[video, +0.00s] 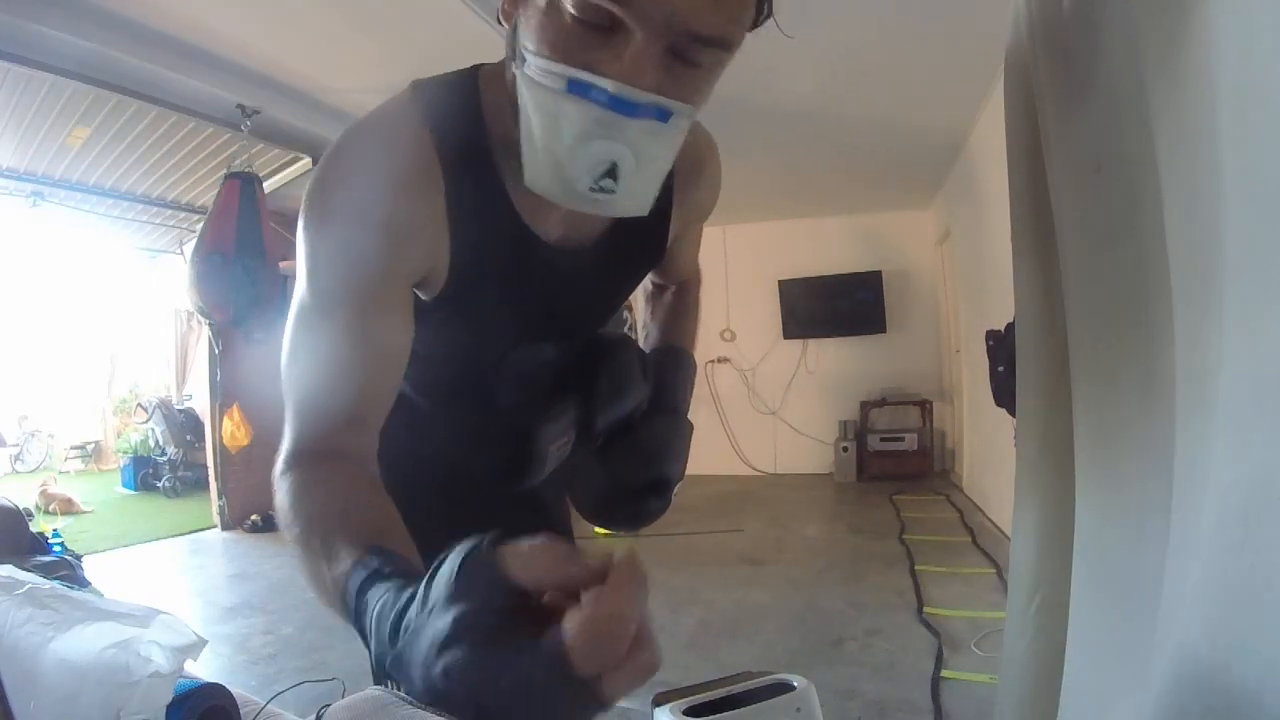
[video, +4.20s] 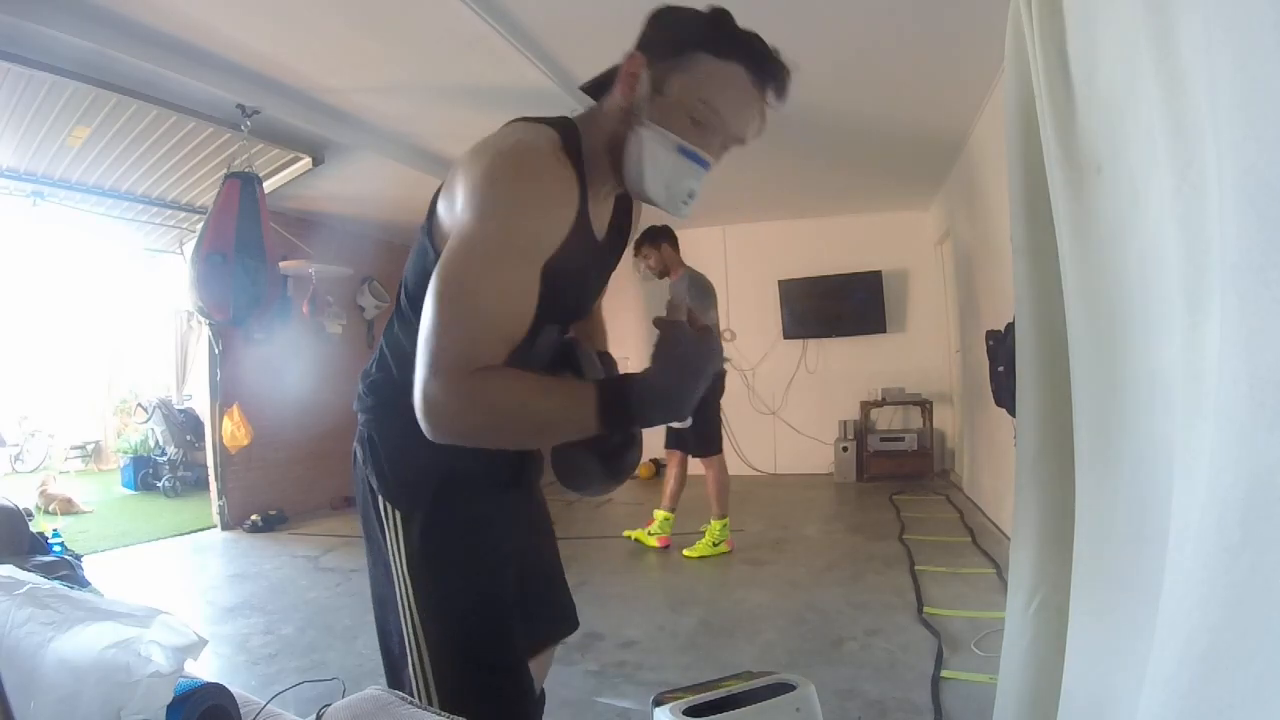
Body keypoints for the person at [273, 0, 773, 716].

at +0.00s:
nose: (629, 85)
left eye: (689, 56)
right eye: (596, 21)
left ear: (731, 56)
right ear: (515, 5)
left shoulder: (684, 169)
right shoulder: (389, 165)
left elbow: (674, 282)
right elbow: (322, 455)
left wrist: (660, 413)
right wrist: (398, 621)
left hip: (542, 486)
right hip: (407, 491)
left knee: (559, 682)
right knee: (435, 690)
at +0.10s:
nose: (658, 107)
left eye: (715, 75)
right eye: (622, 42)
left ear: (750, 68)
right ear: (520, 9)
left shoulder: (684, 172)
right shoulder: (388, 170)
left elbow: (671, 282)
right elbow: (322, 453)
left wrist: (661, 414)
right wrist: (374, 544)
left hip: (556, 468)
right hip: (417, 484)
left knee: (542, 656)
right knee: (464, 704)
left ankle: (515, 710)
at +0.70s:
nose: (689, 175)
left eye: (739, 151)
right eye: (672, 102)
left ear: (761, 146)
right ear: (566, 30)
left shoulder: (658, 179)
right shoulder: (388, 180)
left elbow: (656, 289)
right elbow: (356, 476)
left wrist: (649, 424)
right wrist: (477, 611)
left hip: (553, 500)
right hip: (422, 513)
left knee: (534, 680)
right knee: (460, 698)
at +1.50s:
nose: (685, 151)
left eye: (731, 127)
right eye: (663, 91)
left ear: (763, 112)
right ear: (585, 32)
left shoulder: (645, 180)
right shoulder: (443, 167)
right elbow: (370, 456)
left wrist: (643, 409)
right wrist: (517, 516)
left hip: (533, 466)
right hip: (417, 479)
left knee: (539, 653)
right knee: (458, 700)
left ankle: (512, 710)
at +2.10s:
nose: (697, 129)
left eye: (738, 108)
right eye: (672, 79)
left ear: (764, 105)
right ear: (610, 44)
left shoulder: (665, 186)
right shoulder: (490, 165)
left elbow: (639, 308)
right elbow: (404, 418)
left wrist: (646, 412)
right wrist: (554, 398)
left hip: (537, 459)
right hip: (445, 468)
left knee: (537, 661)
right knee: (488, 699)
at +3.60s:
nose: (743, 180)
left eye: (763, 170)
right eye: (741, 145)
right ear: (675, 95)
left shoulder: (610, 177)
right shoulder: (601, 185)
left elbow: (562, 346)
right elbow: (492, 413)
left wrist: (599, 438)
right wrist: (665, 422)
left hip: (466, 453)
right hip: (431, 459)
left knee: (514, 681)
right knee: (503, 701)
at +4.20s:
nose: (703, 161)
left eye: (725, 146)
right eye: (696, 124)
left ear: (738, 147)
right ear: (630, 80)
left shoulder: (618, 196)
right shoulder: (521, 169)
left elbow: (581, 311)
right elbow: (447, 404)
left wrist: (604, 414)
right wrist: (644, 397)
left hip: (502, 441)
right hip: (425, 449)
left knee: (537, 639)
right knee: (487, 699)